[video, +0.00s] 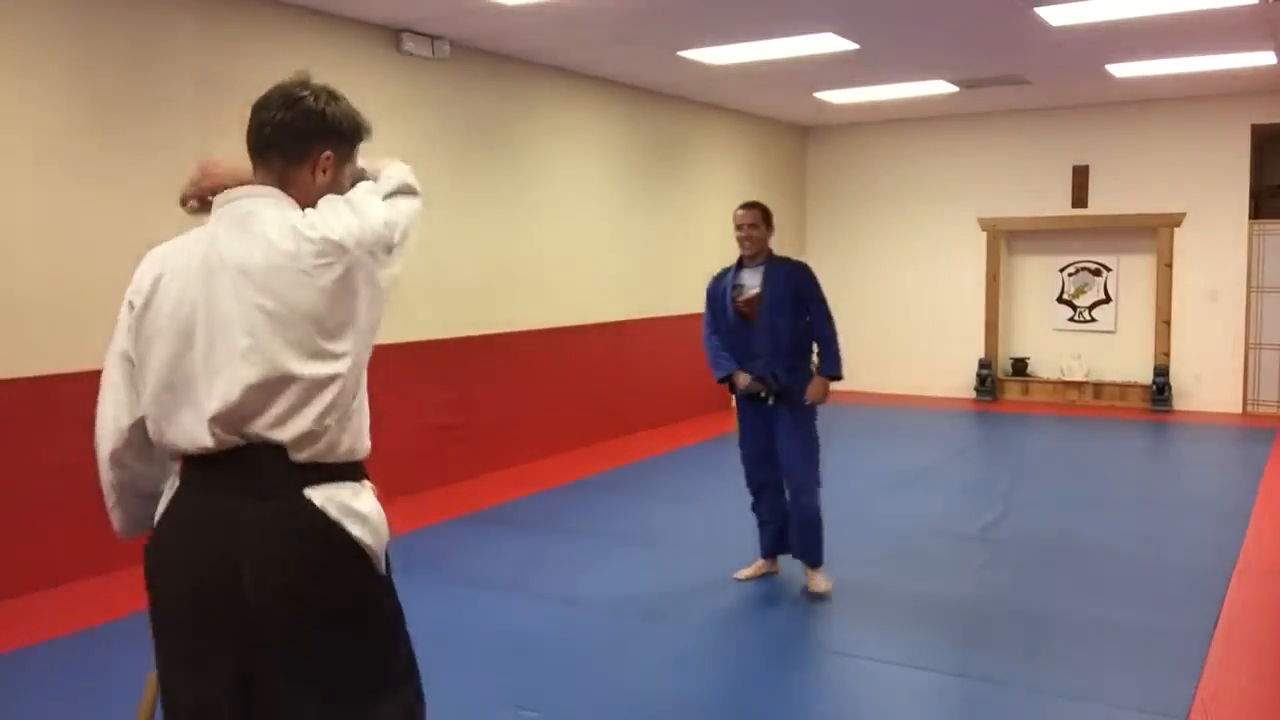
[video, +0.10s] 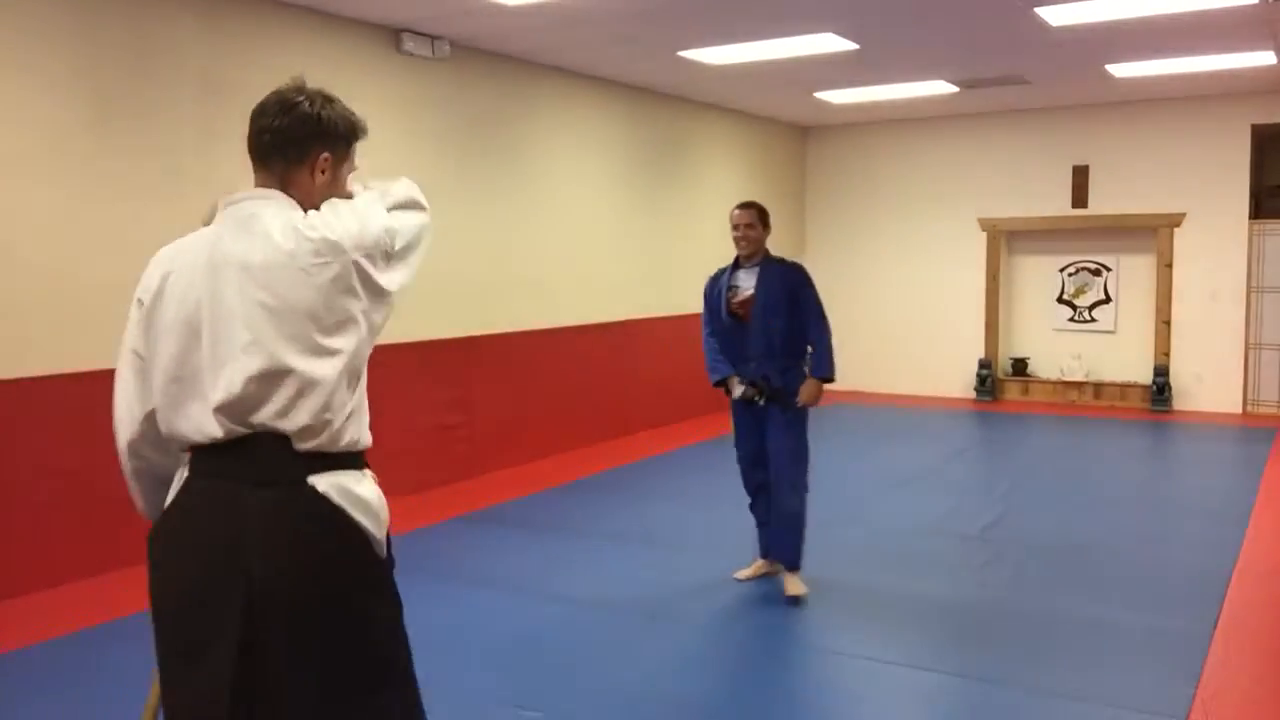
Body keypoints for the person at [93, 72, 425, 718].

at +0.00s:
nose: (348, 182)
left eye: (349, 167)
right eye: (350, 168)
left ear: (261, 153)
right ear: (323, 167)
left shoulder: (161, 266)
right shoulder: (337, 240)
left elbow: (121, 429)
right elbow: (399, 182)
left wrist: (142, 518)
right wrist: (245, 176)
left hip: (191, 529)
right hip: (315, 530)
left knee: (201, 706)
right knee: (367, 704)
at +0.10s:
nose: (346, 186)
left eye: (347, 172)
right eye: (345, 171)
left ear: (255, 161)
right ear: (321, 167)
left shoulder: (168, 266)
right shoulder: (337, 242)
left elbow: (137, 427)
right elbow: (408, 206)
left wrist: (177, 516)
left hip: (198, 520)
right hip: (320, 519)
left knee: (202, 703)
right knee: (353, 700)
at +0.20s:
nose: (345, 192)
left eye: (348, 176)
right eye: (346, 176)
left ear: (261, 169)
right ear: (321, 174)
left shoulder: (180, 272)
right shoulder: (342, 250)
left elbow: (153, 425)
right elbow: (427, 234)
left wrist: (197, 505)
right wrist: (345, 225)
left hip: (214, 514)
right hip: (332, 514)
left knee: (214, 700)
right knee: (357, 697)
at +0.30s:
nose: (349, 200)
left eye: (351, 184)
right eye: (349, 184)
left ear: (270, 181)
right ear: (327, 185)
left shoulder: (198, 282)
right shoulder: (357, 266)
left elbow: (173, 427)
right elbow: (452, 299)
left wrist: (222, 490)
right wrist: (395, 257)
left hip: (234, 510)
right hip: (346, 508)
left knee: (226, 686)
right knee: (370, 683)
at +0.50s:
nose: (370, 192)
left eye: (369, 179)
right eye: (369, 180)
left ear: (296, 185)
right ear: (356, 186)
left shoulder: (239, 280)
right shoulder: (394, 276)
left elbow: (213, 413)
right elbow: (451, 391)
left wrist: (275, 443)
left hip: (280, 499)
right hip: (382, 496)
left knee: (278, 673)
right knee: (388, 671)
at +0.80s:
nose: (393, 187)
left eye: (391, 176)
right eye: (390, 176)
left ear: (326, 184)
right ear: (375, 184)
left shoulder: (271, 267)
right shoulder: (406, 265)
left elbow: (257, 380)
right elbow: (451, 383)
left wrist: (321, 382)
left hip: (296, 465)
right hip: (386, 465)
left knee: (304, 633)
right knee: (395, 633)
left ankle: (302, 719)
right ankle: (393, 717)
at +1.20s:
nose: (389, 192)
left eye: (386, 179)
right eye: (382, 182)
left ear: (329, 194)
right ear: (355, 191)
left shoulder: (285, 264)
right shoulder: (371, 260)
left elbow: (292, 364)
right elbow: (411, 364)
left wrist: (383, 376)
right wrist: (476, 343)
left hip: (307, 429)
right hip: (368, 432)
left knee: (331, 589)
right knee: (401, 583)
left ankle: (344, 709)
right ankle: (408, 708)